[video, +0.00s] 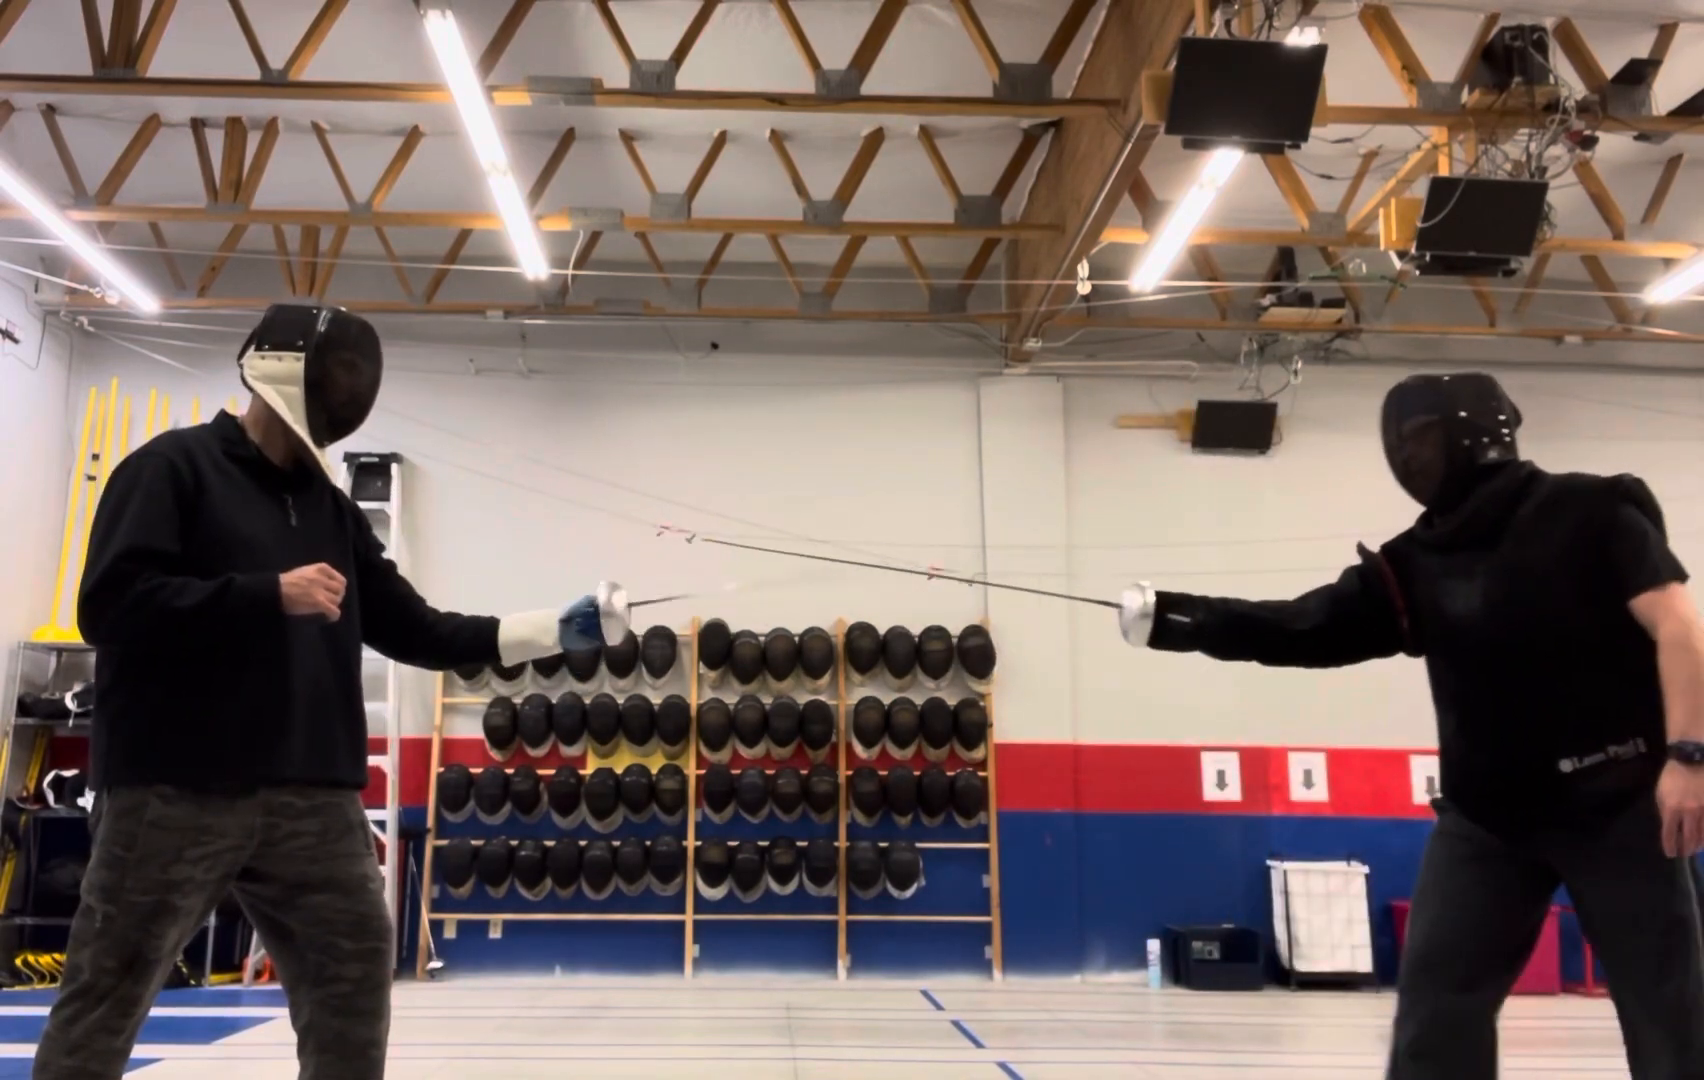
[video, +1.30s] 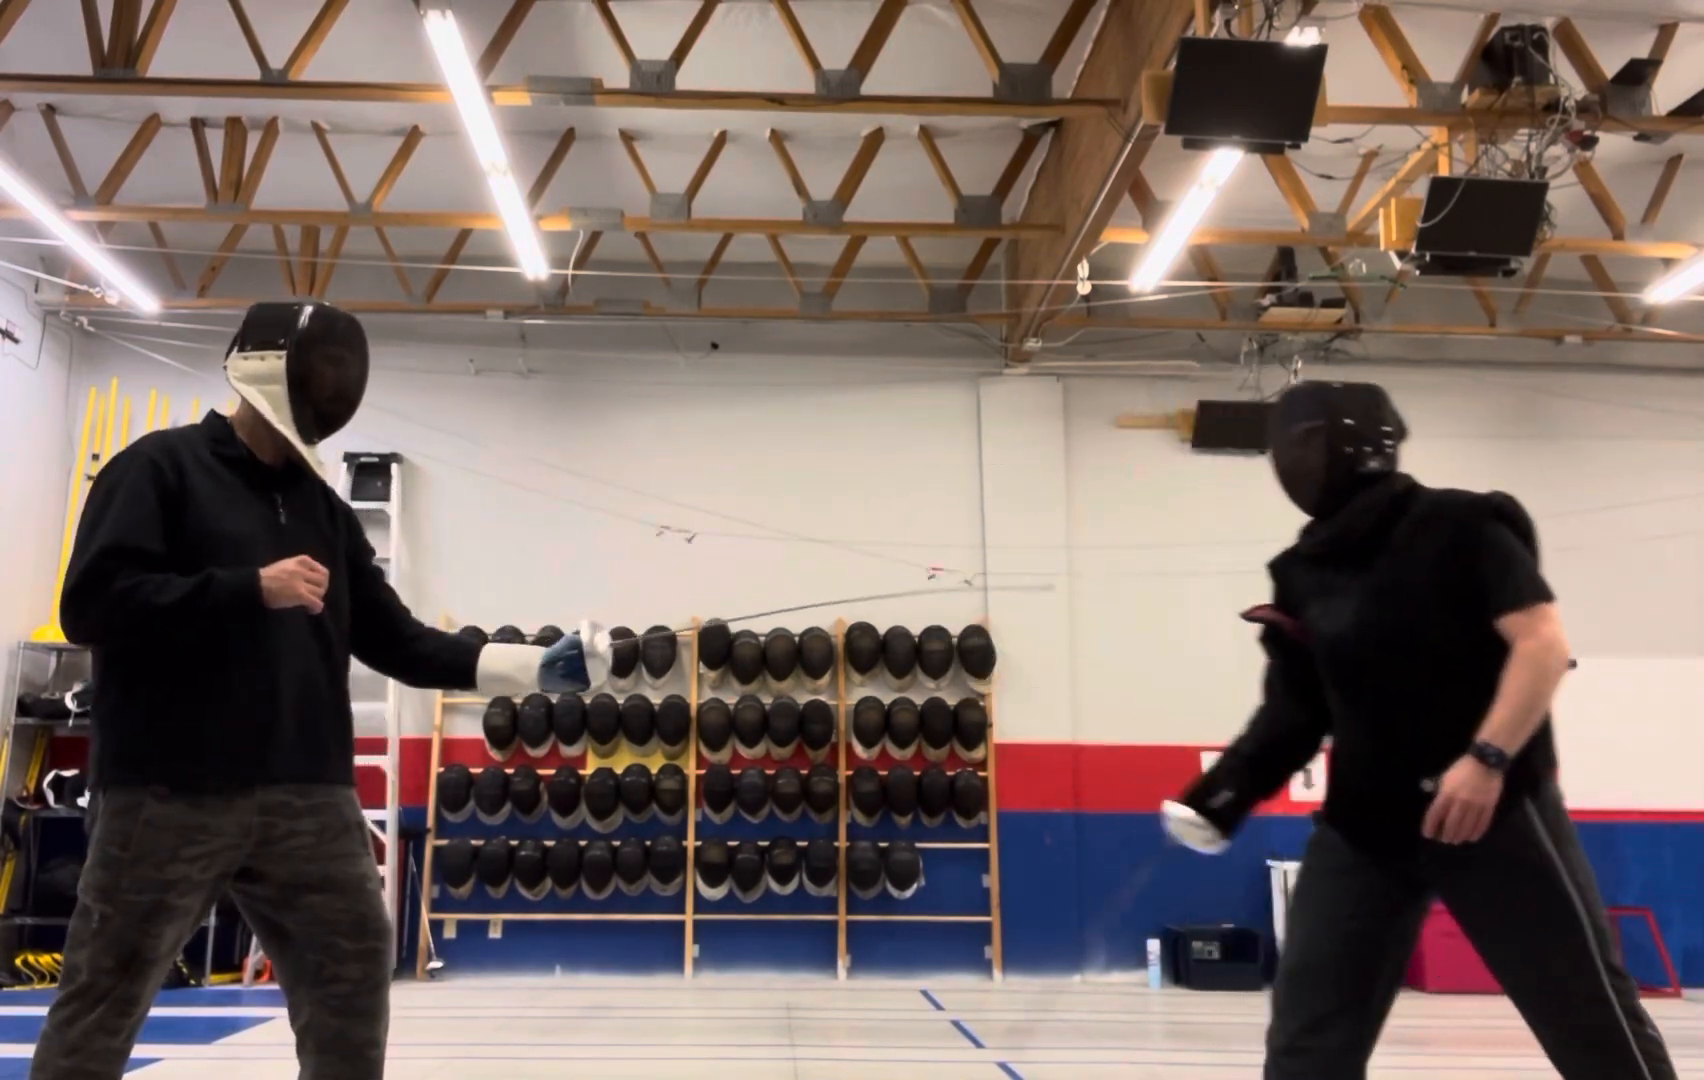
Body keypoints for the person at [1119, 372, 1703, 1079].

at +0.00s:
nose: (1407, 461)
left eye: (1419, 440)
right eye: (1399, 448)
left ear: (1471, 432)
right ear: (1402, 458)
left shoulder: (1595, 511)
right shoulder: (1415, 567)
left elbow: (1678, 626)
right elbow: (1306, 625)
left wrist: (1687, 757)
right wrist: (1176, 619)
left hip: (1621, 812)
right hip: (1488, 825)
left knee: (1670, 1029)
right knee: (1436, 1020)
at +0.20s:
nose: (1323, 468)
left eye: (1336, 447)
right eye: (1317, 455)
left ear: (1391, 441)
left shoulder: (1505, 524)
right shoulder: (1335, 580)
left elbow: (1593, 640)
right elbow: (1226, 641)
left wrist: (1619, 767)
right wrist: (1088, 628)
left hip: (1535, 823)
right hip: (1406, 838)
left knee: (1627, 1047)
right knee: (1356, 1055)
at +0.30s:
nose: (1267, 463)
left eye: (1278, 440)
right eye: (1262, 446)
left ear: (1328, 430)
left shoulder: (1449, 510)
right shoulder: (1284, 570)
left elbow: (1532, 626)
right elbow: (1183, 641)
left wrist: (1550, 754)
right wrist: (1049, 628)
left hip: (1484, 810)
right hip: (1354, 829)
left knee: (1592, 1040)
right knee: (1314, 1056)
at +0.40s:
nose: (1216, 458)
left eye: (1225, 435)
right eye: (1213, 442)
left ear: (1279, 425)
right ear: (1260, 436)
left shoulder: (1397, 500)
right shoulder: (1234, 562)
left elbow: (1478, 612)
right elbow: (1133, 630)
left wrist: (1473, 738)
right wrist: (999, 620)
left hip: (1440, 791)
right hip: (1314, 820)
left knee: (1555, 1018)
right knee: (1297, 1049)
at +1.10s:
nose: (1187, 448)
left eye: (1200, 427)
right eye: (1184, 432)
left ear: (1249, 424)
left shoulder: (1361, 501)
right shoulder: (1212, 565)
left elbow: (1445, 617)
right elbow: (1145, 674)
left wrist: (1410, 732)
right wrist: (1015, 691)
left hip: (1420, 792)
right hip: (1298, 820)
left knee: (1536, 996)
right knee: (1282, 1043)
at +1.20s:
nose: (1228, 455)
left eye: (1239, 433)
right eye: (1225, 438)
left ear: (1288, 431)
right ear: (1295, 435)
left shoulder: (1407, 513)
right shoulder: (1255, 564)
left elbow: (1487, 630)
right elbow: (1226, 698)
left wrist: (1440, 744)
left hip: (1448, 799)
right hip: (1325, 818)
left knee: (1560, 993)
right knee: (1291, 1036)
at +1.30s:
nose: (1288, 468)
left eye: (1299, 448)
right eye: (1286, 452)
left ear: (1346, 444)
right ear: (1362, 447)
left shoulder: (1462, 525)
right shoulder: (1305, 573)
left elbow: (1545, 647)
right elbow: (1296, 710)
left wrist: (1486, 759)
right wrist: (1221, 793)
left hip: (1495, 815)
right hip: (1364, 828)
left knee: (1595, 1024)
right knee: (1307, 1045)